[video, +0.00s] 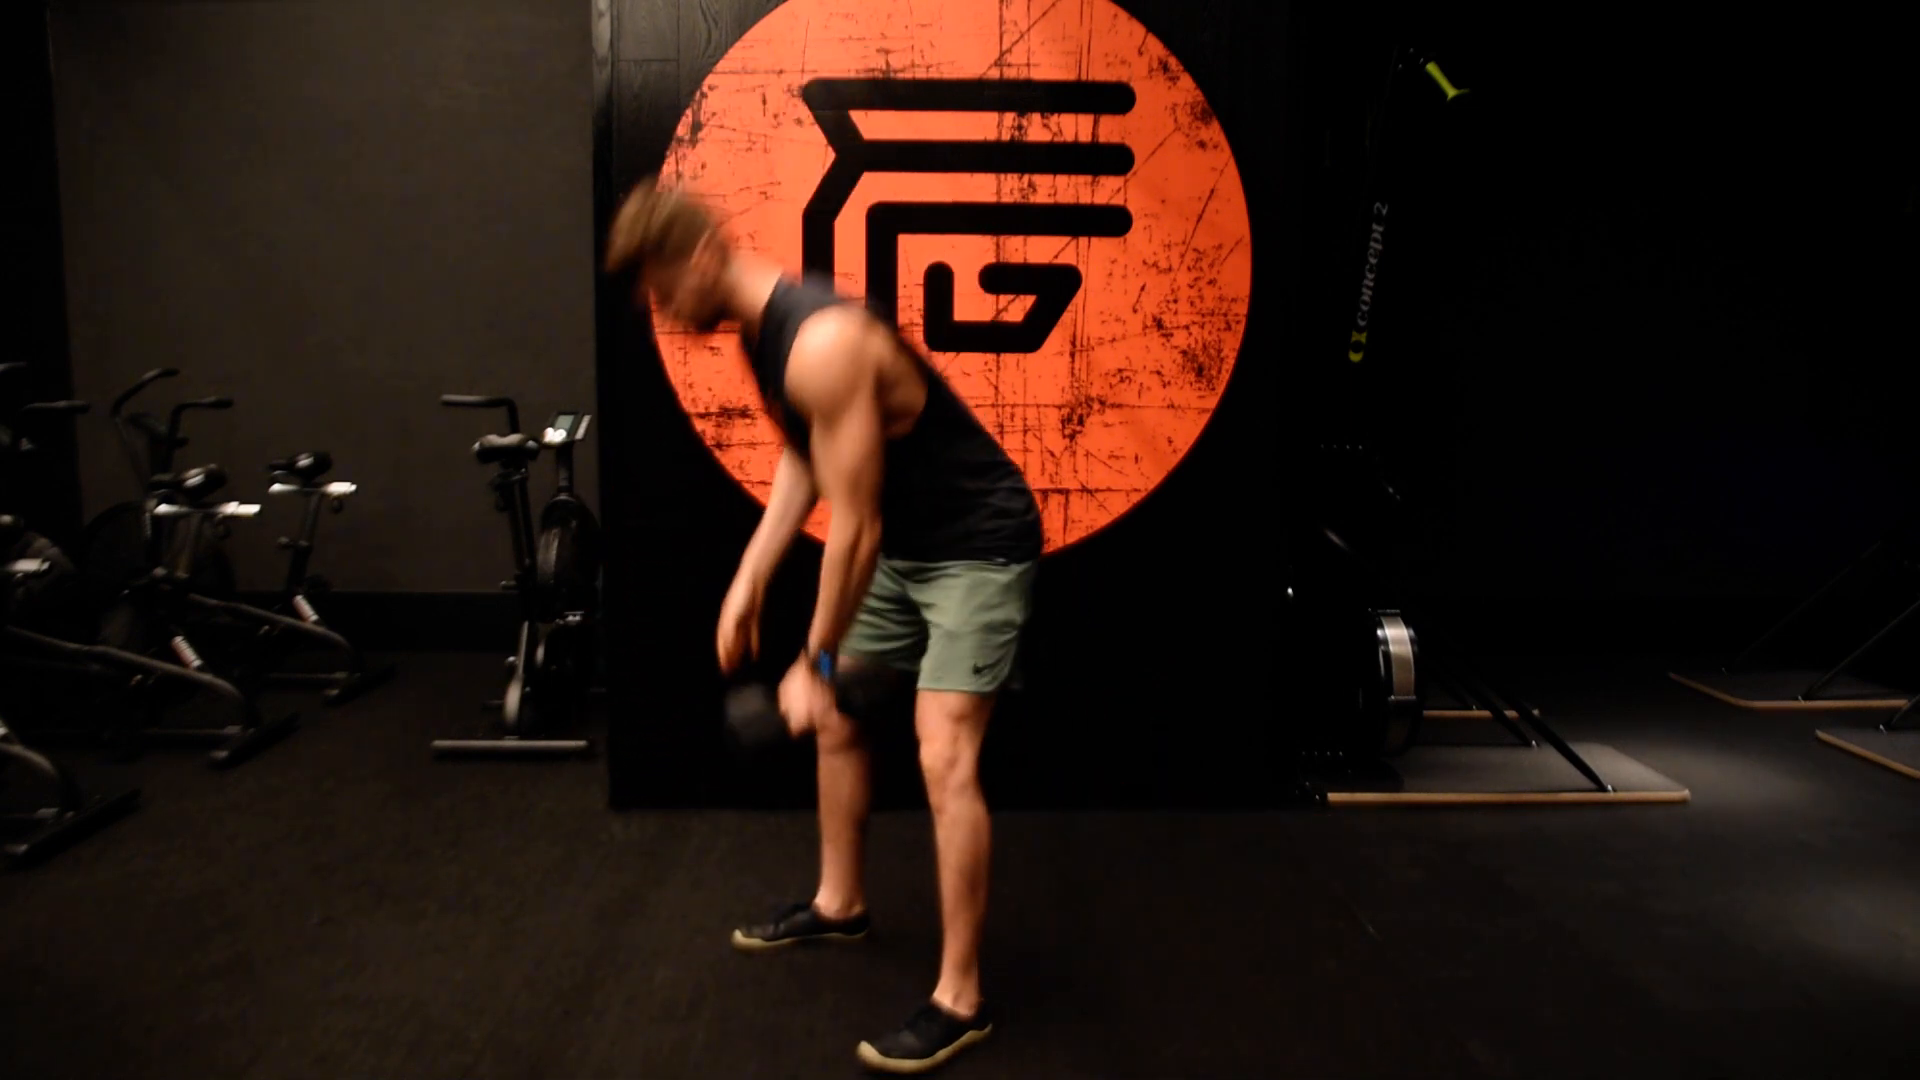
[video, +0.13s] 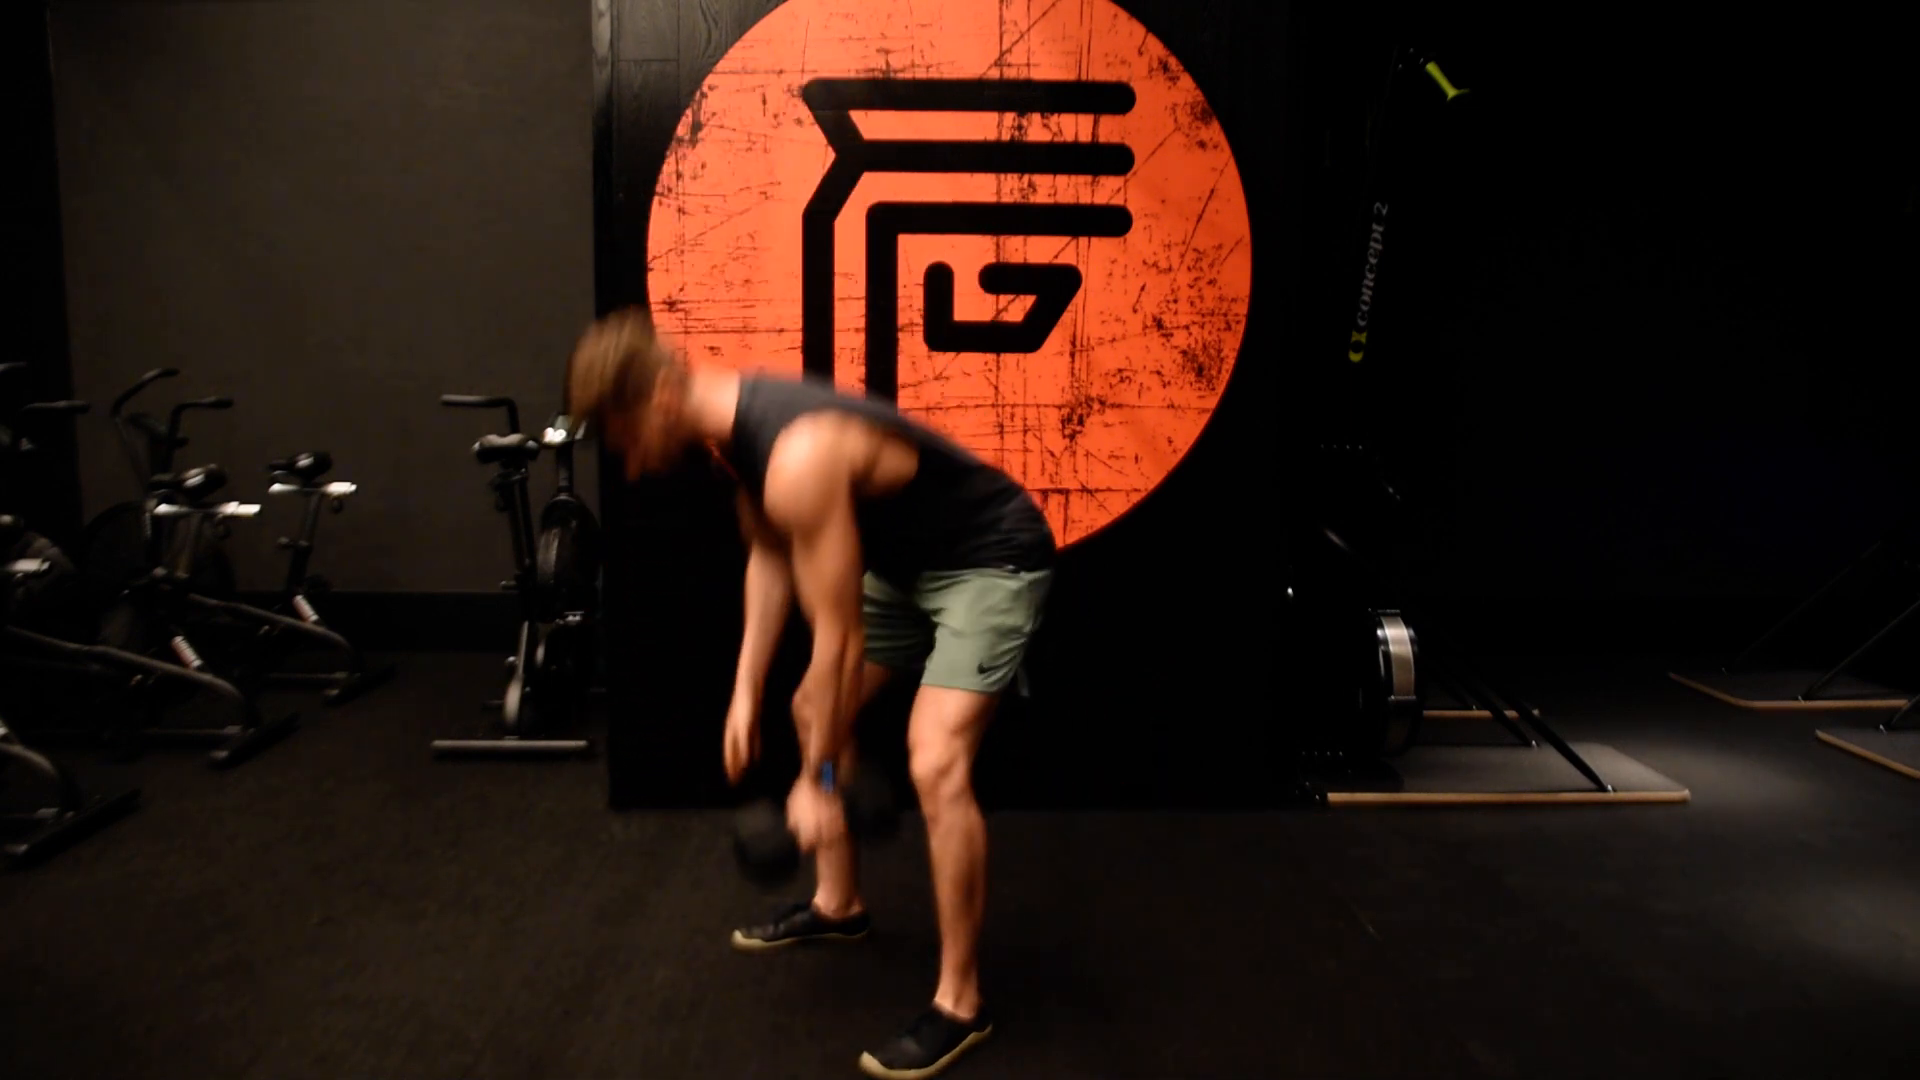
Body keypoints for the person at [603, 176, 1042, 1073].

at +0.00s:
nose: (661, 310)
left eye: (664, 288)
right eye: (650, 294)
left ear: (711, 251)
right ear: (702, 261)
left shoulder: (822, 345)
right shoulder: (765, 332)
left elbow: (858, 525)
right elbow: (800, 464)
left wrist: (819, 662)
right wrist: (747, 589)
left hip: (979, 545)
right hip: (892, 545)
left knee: (946, 751)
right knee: (834, 708)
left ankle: (960, 996)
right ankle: (838, 903)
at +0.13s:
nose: (625, 456)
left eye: (623, 433)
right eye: (613, 440)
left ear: (664, 391)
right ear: (662, 388)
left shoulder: (797, 456)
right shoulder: (730, 427)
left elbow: (838, 635)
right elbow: (769, 555)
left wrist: (819, 776)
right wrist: (746, 695)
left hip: (990, 557)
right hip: (895, 562)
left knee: (937, 758)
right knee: (815, 713)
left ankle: (959, 1000)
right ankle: (837, 904)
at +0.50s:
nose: (630, 722)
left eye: (621, 710)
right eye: (619, 716)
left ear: (637, 669)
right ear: (635, 657)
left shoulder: (764, 662)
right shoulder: (688, 644)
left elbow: (821, 836)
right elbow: (706, 790)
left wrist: (835, 978)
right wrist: (715, 920)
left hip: (970, 626)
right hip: (890, 633)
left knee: (870, 803)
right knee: (750, 732)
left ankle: (955, 1002)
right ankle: (830, 910)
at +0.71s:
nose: (675, 747)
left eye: (665, 737)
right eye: (662, 745)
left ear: (672, 697)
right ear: (669, 689)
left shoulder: (763, 662)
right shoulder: (694, 640)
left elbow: (818, 834)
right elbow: (717, 789)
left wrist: (828, 975)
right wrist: (717, 919)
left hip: (967, 518)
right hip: (885, 532)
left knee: (936, 747)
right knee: (824, 708)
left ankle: (992, 982)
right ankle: (859, 875)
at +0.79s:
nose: (668, 751)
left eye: (658, 740)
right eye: (657, 748)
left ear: (667, 702)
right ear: (663, 682)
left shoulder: (759, 670)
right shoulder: (690, 648)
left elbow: (817, 845)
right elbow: (714, 793)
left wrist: (829, 980)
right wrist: (717, 924)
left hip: (966, 517)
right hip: (891, 533)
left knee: (966, 750)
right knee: (851, 705)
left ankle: (1124, 889)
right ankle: (966, 813)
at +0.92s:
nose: (631, 768)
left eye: (617, 760)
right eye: (615, 765)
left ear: (634, 719)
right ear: (627, 703)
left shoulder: (742, 691)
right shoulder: (676, 665)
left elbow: (815, 844)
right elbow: (712, 804)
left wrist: (831, 982)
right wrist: (721, 925)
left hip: (970, 581)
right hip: (901, 601)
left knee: (1080, 785)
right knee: (942, 725)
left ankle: (1270, 803)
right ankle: (1070, 733)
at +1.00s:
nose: (599, 766)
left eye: (587, 753)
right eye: (584, 758)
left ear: (607, 717)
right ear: (605, 697)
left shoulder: (738, 703)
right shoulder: (670, 683)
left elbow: (824, 847)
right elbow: (717, 808)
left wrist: (833, 986)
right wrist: (727, 928)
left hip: (977, 659)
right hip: (927, 652)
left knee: (1139, 791)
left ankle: (1326, 820)